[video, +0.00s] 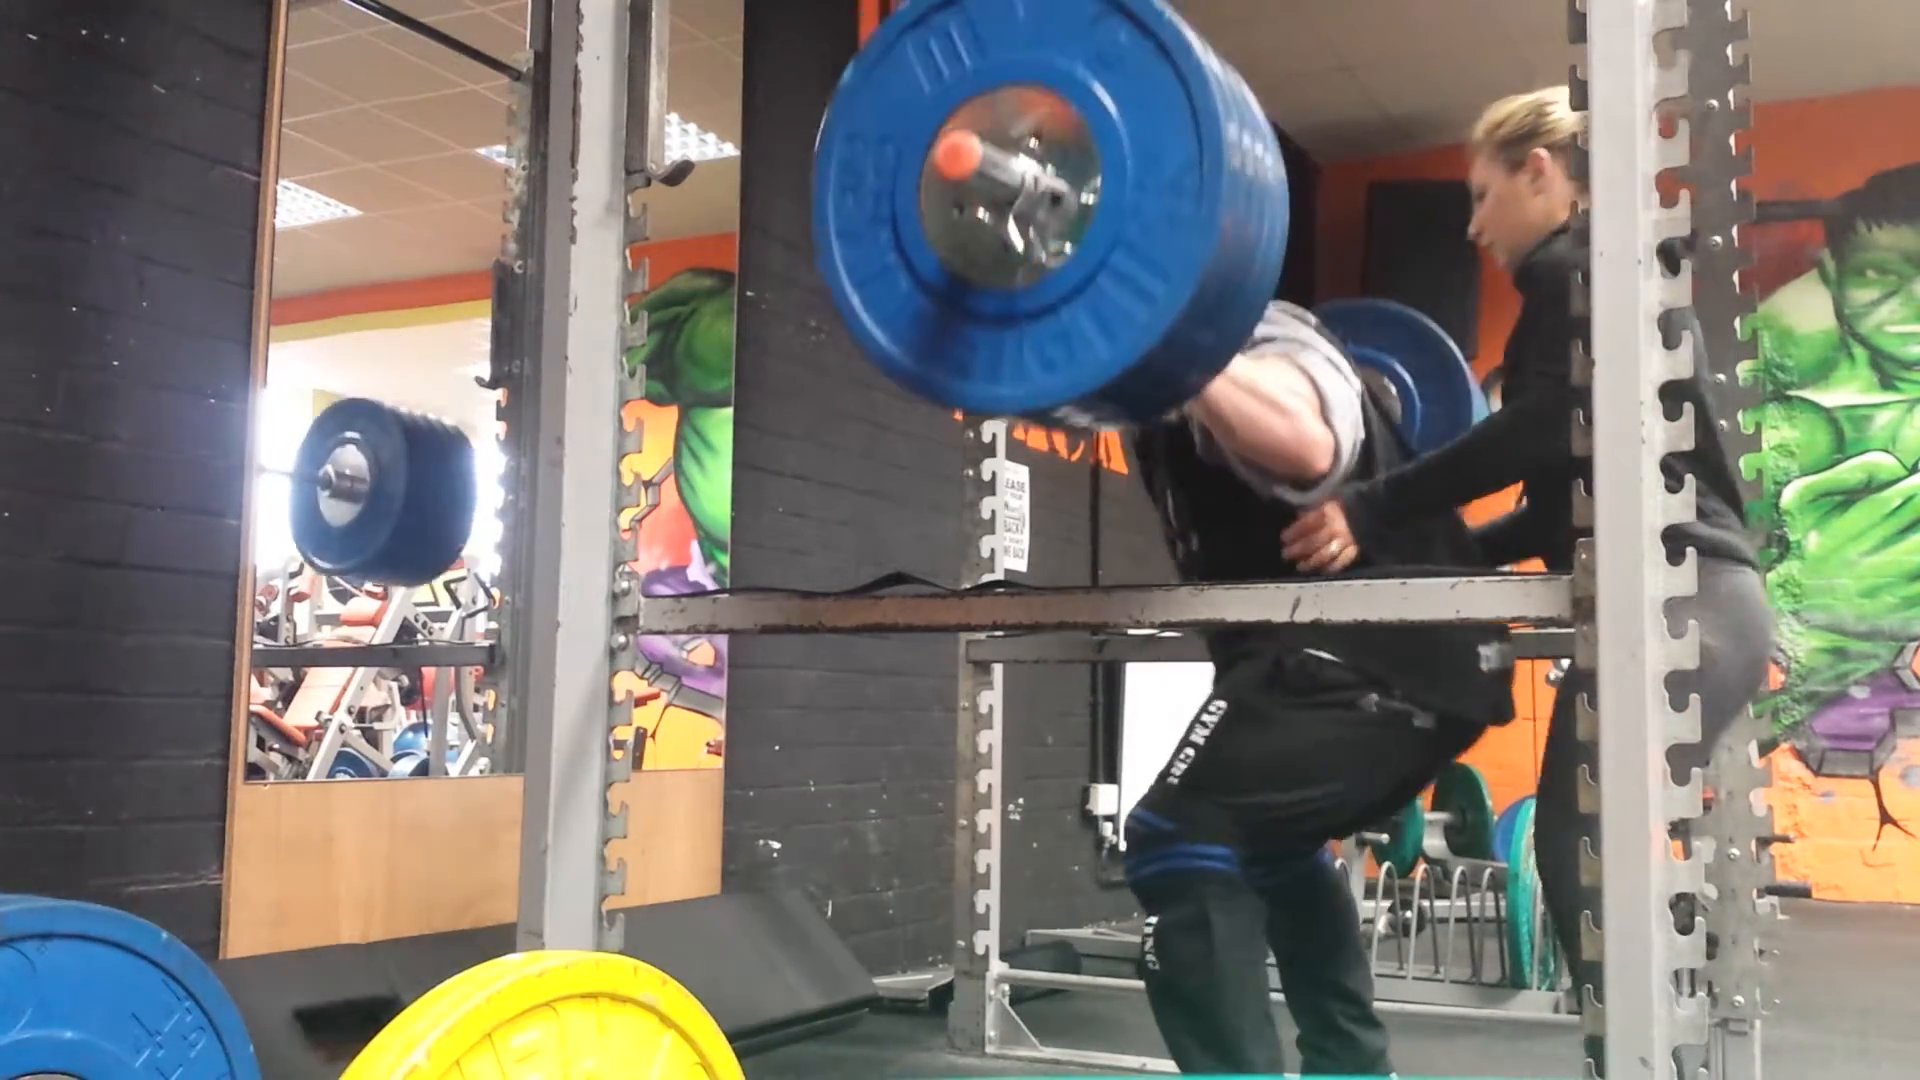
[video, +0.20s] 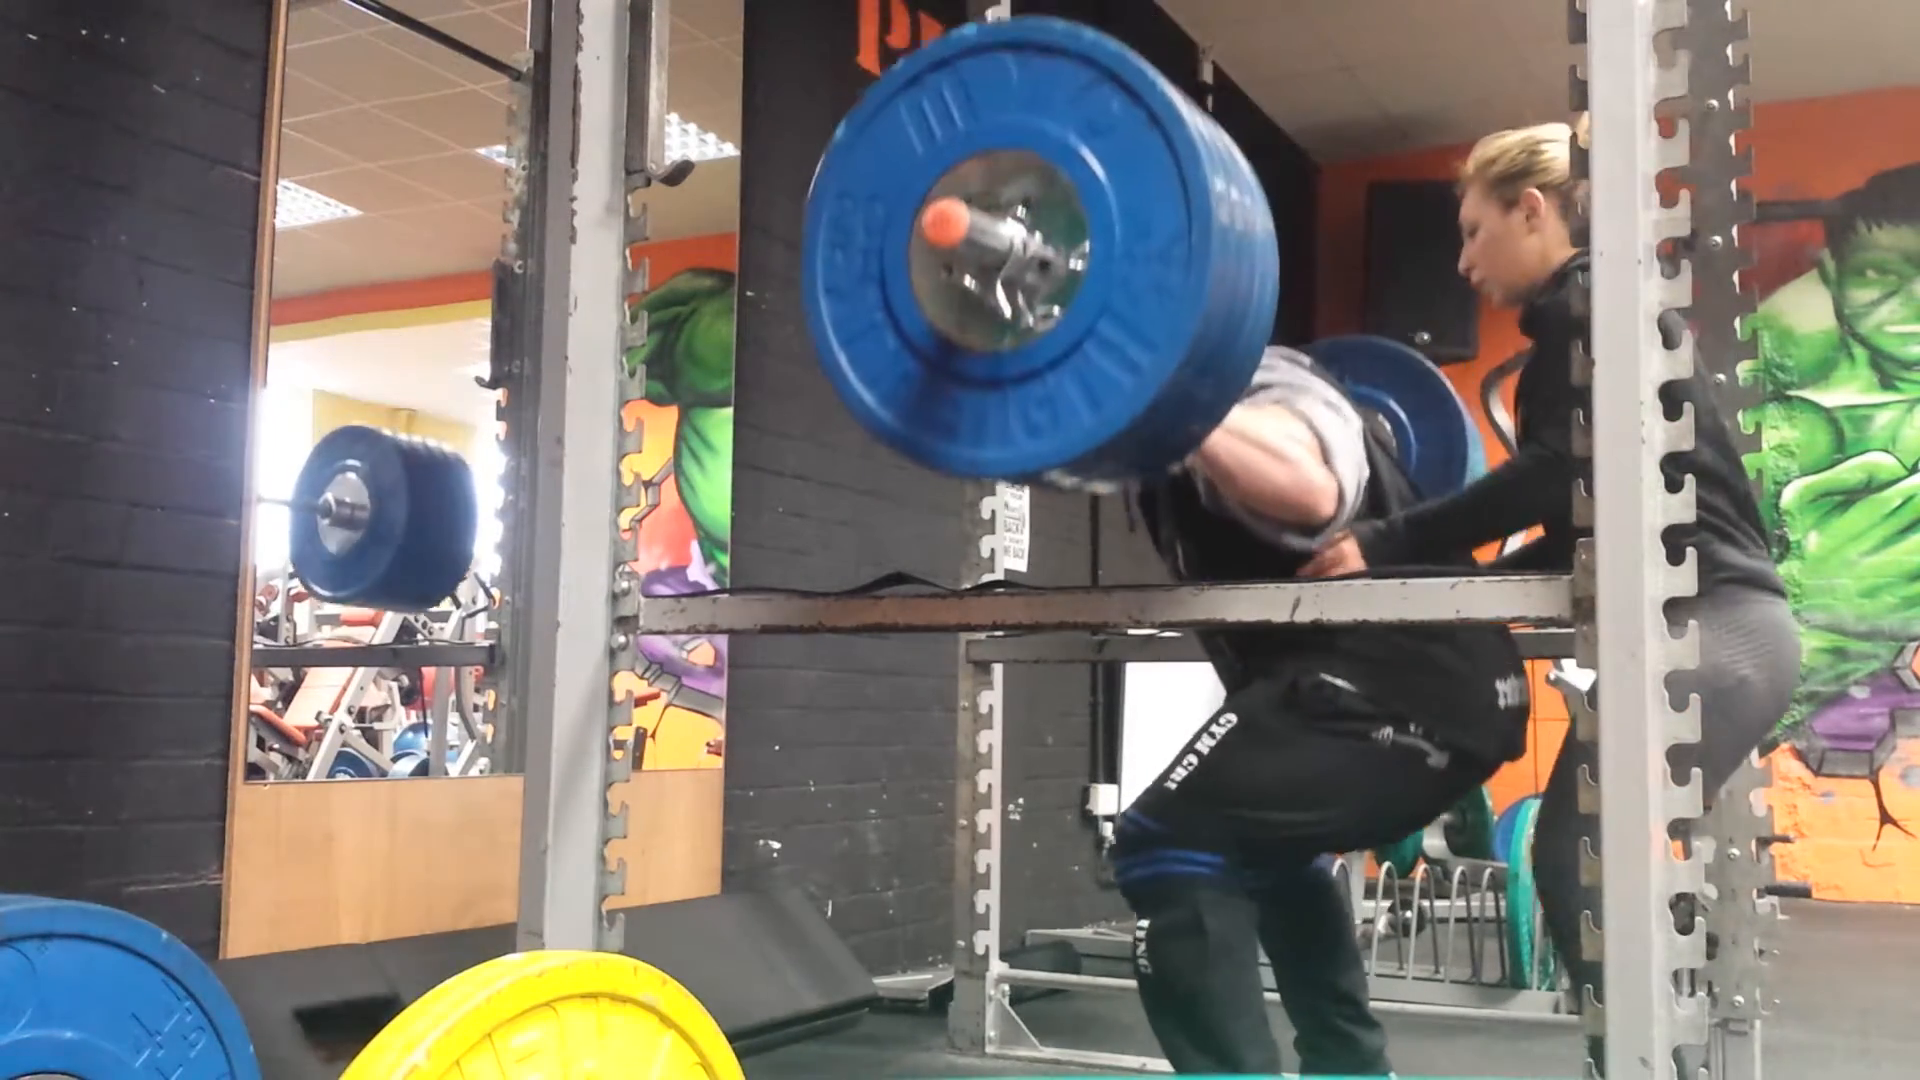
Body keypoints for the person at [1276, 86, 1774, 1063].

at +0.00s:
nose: (1473, 226)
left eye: (1483, 195)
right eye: (1472, 200)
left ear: (1543, 176)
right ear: (1552, 183)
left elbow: (1536, 434)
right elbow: (1568, 505)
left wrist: (1370, 510)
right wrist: (1436, 556)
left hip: (1664, 601)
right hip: (1706, 598)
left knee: (1572, 841)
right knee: (1582, 839)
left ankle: (1635, 1056)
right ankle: (1641, 1051)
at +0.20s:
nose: (1463, 260)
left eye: (1472, 231)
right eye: (1462, 237)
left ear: (1537, 212)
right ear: (1535, 216)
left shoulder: (1578, 313)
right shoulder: (1612, 315)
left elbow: (1555, 473)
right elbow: (1579, 536)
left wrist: (1387, 543)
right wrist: (1465, 595)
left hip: (1710, 630)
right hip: (1730, 628)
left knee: (1565, 847)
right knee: (1574, 848)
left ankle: (1641, 1053)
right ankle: (1650, 1051)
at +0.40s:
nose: (1469, 271)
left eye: (1479, 242)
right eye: (1468, 247)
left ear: (1541, 223)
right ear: (1543, 228)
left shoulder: (1598, 323)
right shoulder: (1595, 322)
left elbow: (1577, 503)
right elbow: (1554, 506)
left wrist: (1393, 569)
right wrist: (1399, 562)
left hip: (1729, 647)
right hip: (1704, 646)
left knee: (1564, 848)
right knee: (1556, 844)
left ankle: (1660, 1056)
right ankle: (1661, 1050)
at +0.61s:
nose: (1471, 312)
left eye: (1484, 283)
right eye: (1474, 287)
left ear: (1547, 278)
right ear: (1548, 282)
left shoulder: (1590, 395)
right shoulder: (1585, 396)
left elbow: (1553, 601)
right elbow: (1540, 598)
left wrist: (1400, 640)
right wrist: (1403, 634)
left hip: (1747, 720)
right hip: (1702, 714)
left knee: (1559, 878)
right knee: (1530, 850)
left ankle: (1655, 1060)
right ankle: (1648, 1049)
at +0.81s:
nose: (1475, 361)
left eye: (1486, 336)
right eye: (1478, 339)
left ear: (1548, 335)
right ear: (1546, 337)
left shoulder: (1593, 448)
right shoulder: (1583, 446)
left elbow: (1560, 650)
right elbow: (1540, 639)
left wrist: (1379, 689)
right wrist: (1380, 675)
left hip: (1751, 770)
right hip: (1705, 766)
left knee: (1546, 907)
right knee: (1520, 876)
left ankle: (1656, 1066)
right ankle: (1674, 1056)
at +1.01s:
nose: (1482, 381)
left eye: (1496, 355)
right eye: (1487, 358)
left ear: (1559, 356)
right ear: (1557, 359)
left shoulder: (1596, 461)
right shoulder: (1580, 466)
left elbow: (1574, 661)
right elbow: (1564, 661)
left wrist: (1379, 709)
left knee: (1547, 907)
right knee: (1531, 887)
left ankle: (1657, 1067)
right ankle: (1666, 1062)